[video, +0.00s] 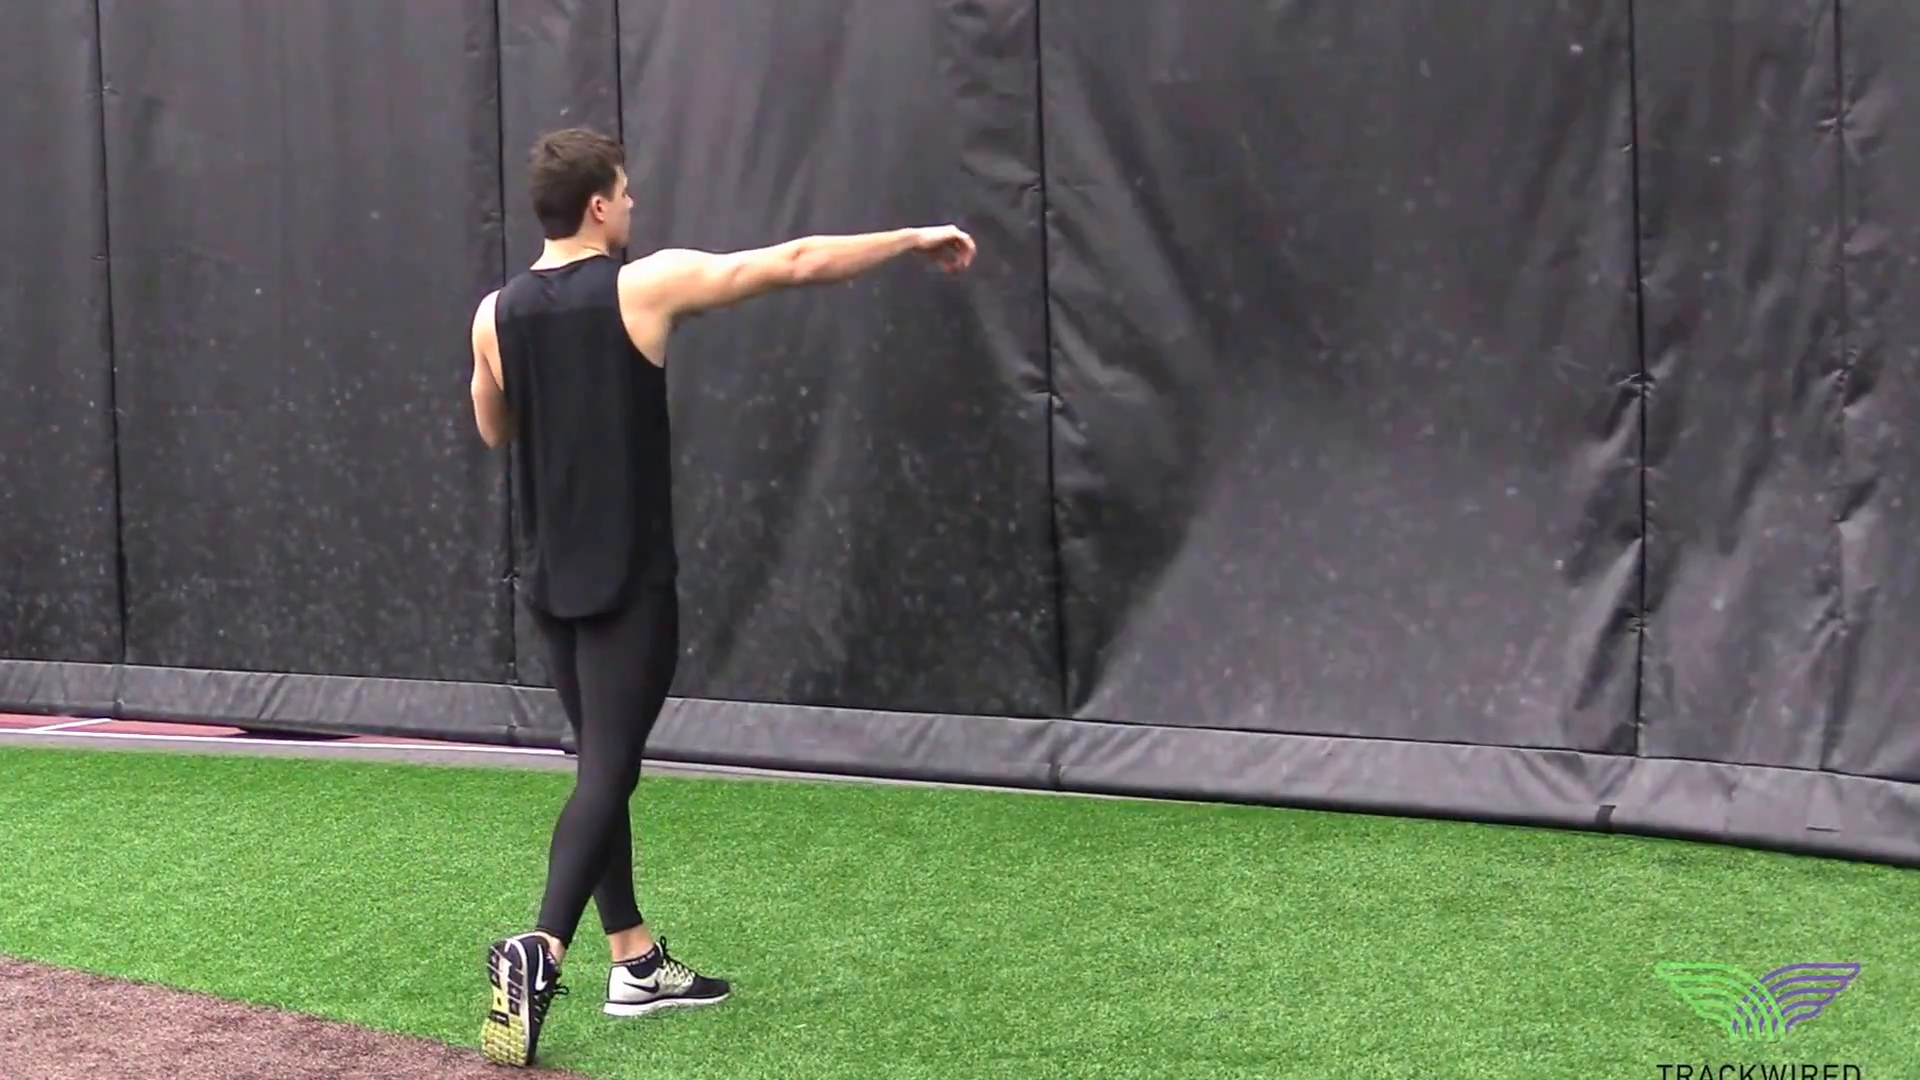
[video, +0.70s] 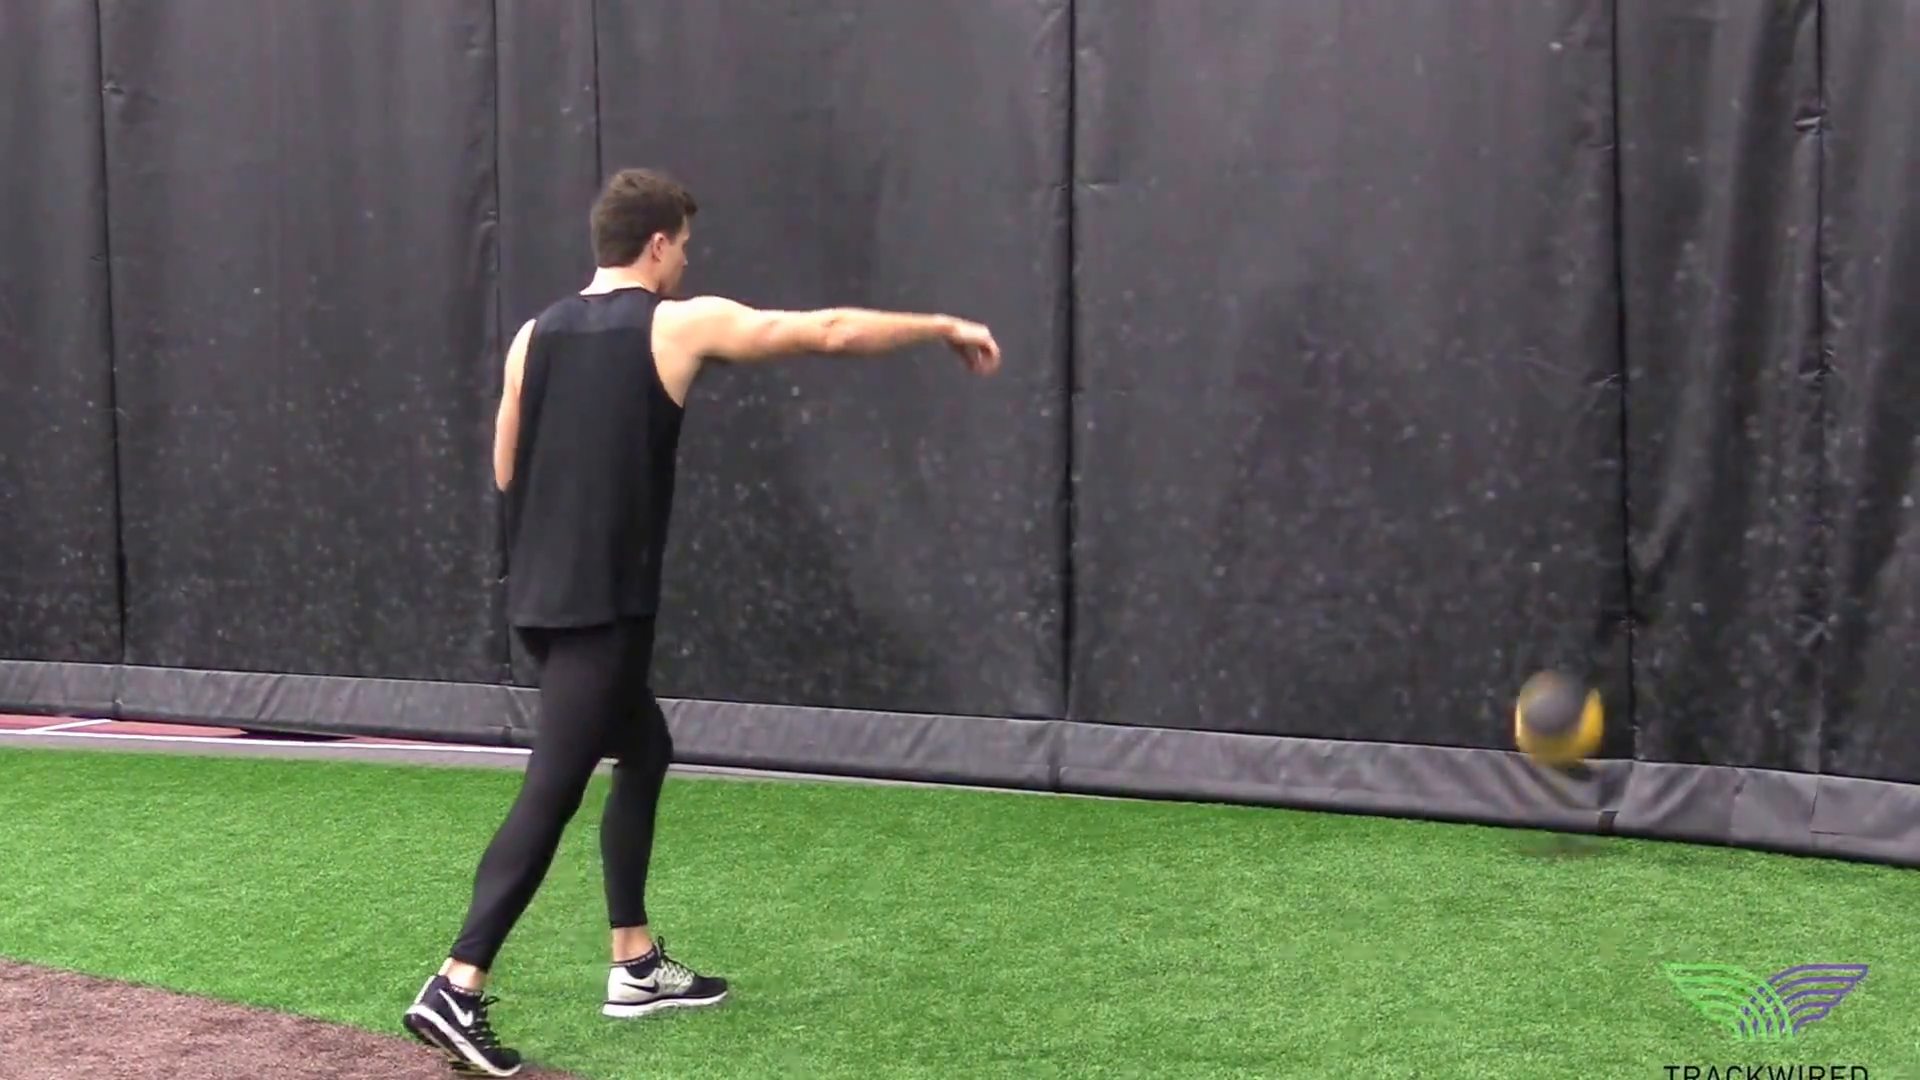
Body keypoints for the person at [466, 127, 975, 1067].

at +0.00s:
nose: (630, 204)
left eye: (624, 189)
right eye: (623, 192)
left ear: (545, 210)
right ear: (600, 206)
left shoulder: (496, 312)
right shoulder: (648, 284)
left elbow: (493, 429)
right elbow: (795, 263)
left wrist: (542, 362)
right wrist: (914, 239)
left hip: (553, 568)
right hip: (631, 566)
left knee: (602, 764)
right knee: (608, 769)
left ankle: (634, 961)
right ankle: (539, 950)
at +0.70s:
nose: (685, 259)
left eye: (682, 243)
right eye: (683, 244)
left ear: (601, 244)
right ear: (659, 244)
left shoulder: (532, 337)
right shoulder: (682, 323)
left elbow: (506, 469)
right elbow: (832, 332)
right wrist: (942, 326)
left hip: (533, 596)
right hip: (606, 597)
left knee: (644, 750)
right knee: (547, 790)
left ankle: (634, 963)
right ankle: (454, 987)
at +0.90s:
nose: (727, 248)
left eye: (723, 232)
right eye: (720, 233)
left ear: (636, 229)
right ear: (693, 229)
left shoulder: (575, 320)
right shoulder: (710, 308)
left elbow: (520, 454)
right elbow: (827, 394)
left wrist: (581, 499)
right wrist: (931, 460)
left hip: (592, 568)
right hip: (655, 570)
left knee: (636, 759)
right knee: (641, 758)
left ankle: (629, 956)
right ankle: (524, 930)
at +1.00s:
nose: (743, 236)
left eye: (739, 220)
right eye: (738, 221)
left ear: (655, 211)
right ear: (720, 215)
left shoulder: (603, 287)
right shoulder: (718, 286)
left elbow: (534, 430)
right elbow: (768, 416)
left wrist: (617, 471)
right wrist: (834, 526)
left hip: (613, 545)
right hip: (684, 549)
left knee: (663, 737)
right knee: (696, 738)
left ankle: (605, 937)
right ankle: (589, 897)